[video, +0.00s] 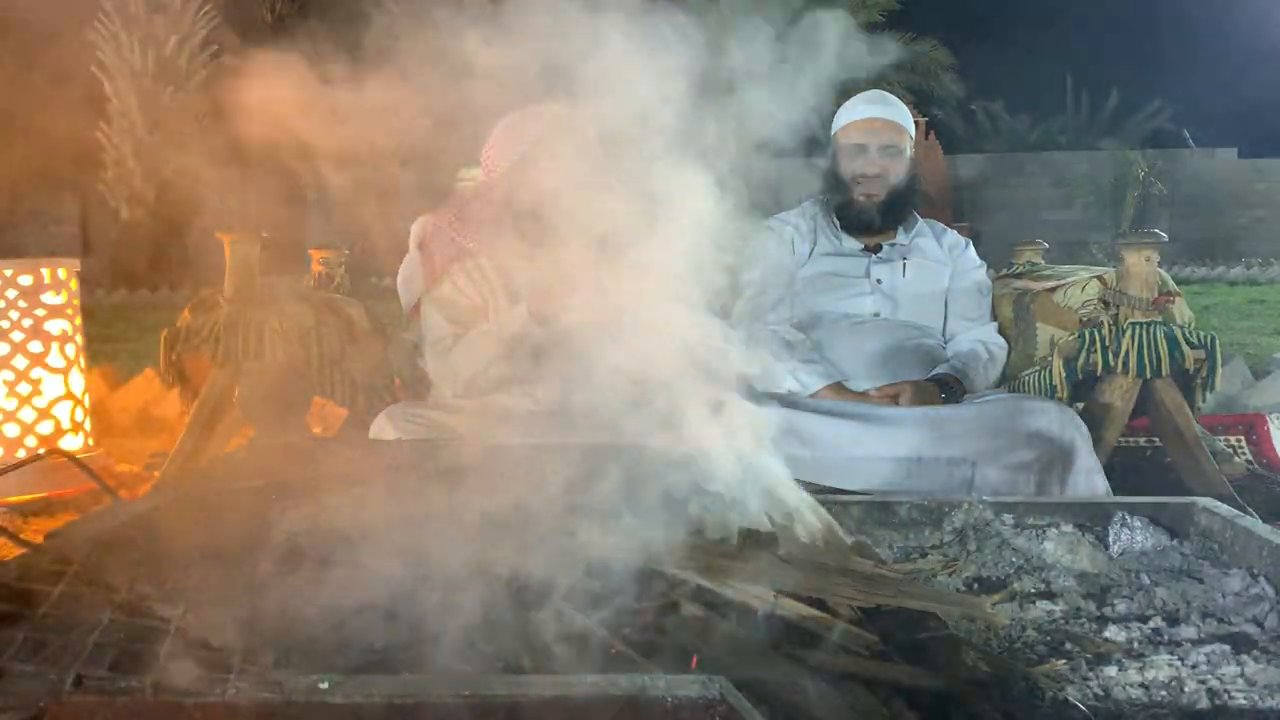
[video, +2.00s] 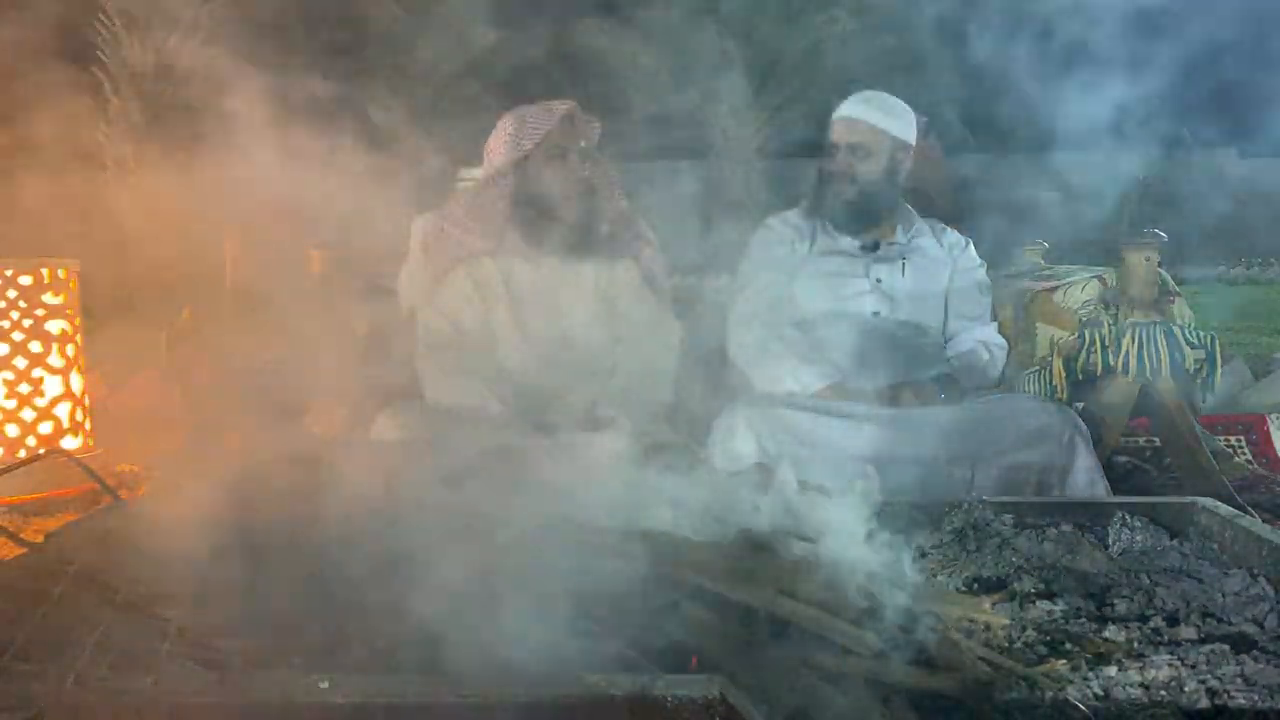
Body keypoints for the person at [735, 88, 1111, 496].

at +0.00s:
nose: (871, 167)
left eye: (888, 152)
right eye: (857, 151)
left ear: (912, 162)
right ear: (834, 158)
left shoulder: (951, 249)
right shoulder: (785, 237)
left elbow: (980, 343)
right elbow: (758, 335)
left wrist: (938, 390)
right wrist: (835, 396)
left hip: (934, 420)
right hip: (823, 417)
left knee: (1053, 425)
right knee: (741, 428)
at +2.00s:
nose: (838, 167)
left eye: (857, 154)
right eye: (832, 152)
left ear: (901, 163)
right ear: (823, 156)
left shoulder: (952, 251)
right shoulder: (784, 237)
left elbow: (983, 345)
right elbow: (750, 343)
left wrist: (934, 387)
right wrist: (825, 392)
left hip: (931, 427)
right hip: (822, 427)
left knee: (1053, 427)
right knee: (741, 425)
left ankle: (1092, 574)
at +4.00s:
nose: (892, 176)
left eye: (906, 160)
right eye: (877, 157)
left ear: (920, 166)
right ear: (842, 154)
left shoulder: (953, 249)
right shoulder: (784, 235)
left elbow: (981, 344)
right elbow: (752, 349)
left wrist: (939, 388)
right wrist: (821, 390)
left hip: (934, 420)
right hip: (826, 418)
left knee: (1052, 426)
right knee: (783, 433)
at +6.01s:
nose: (887, 180)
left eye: (903, 165)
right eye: (873, 161)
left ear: (920, 170)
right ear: (843, 156)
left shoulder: (953, 249)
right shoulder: (787, 234)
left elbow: (981, 341)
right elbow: (754, 329)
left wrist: (939, 388)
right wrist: (832, 394)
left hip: (938, 416)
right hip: (826, 413)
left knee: (1056, 426)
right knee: (743, 426)